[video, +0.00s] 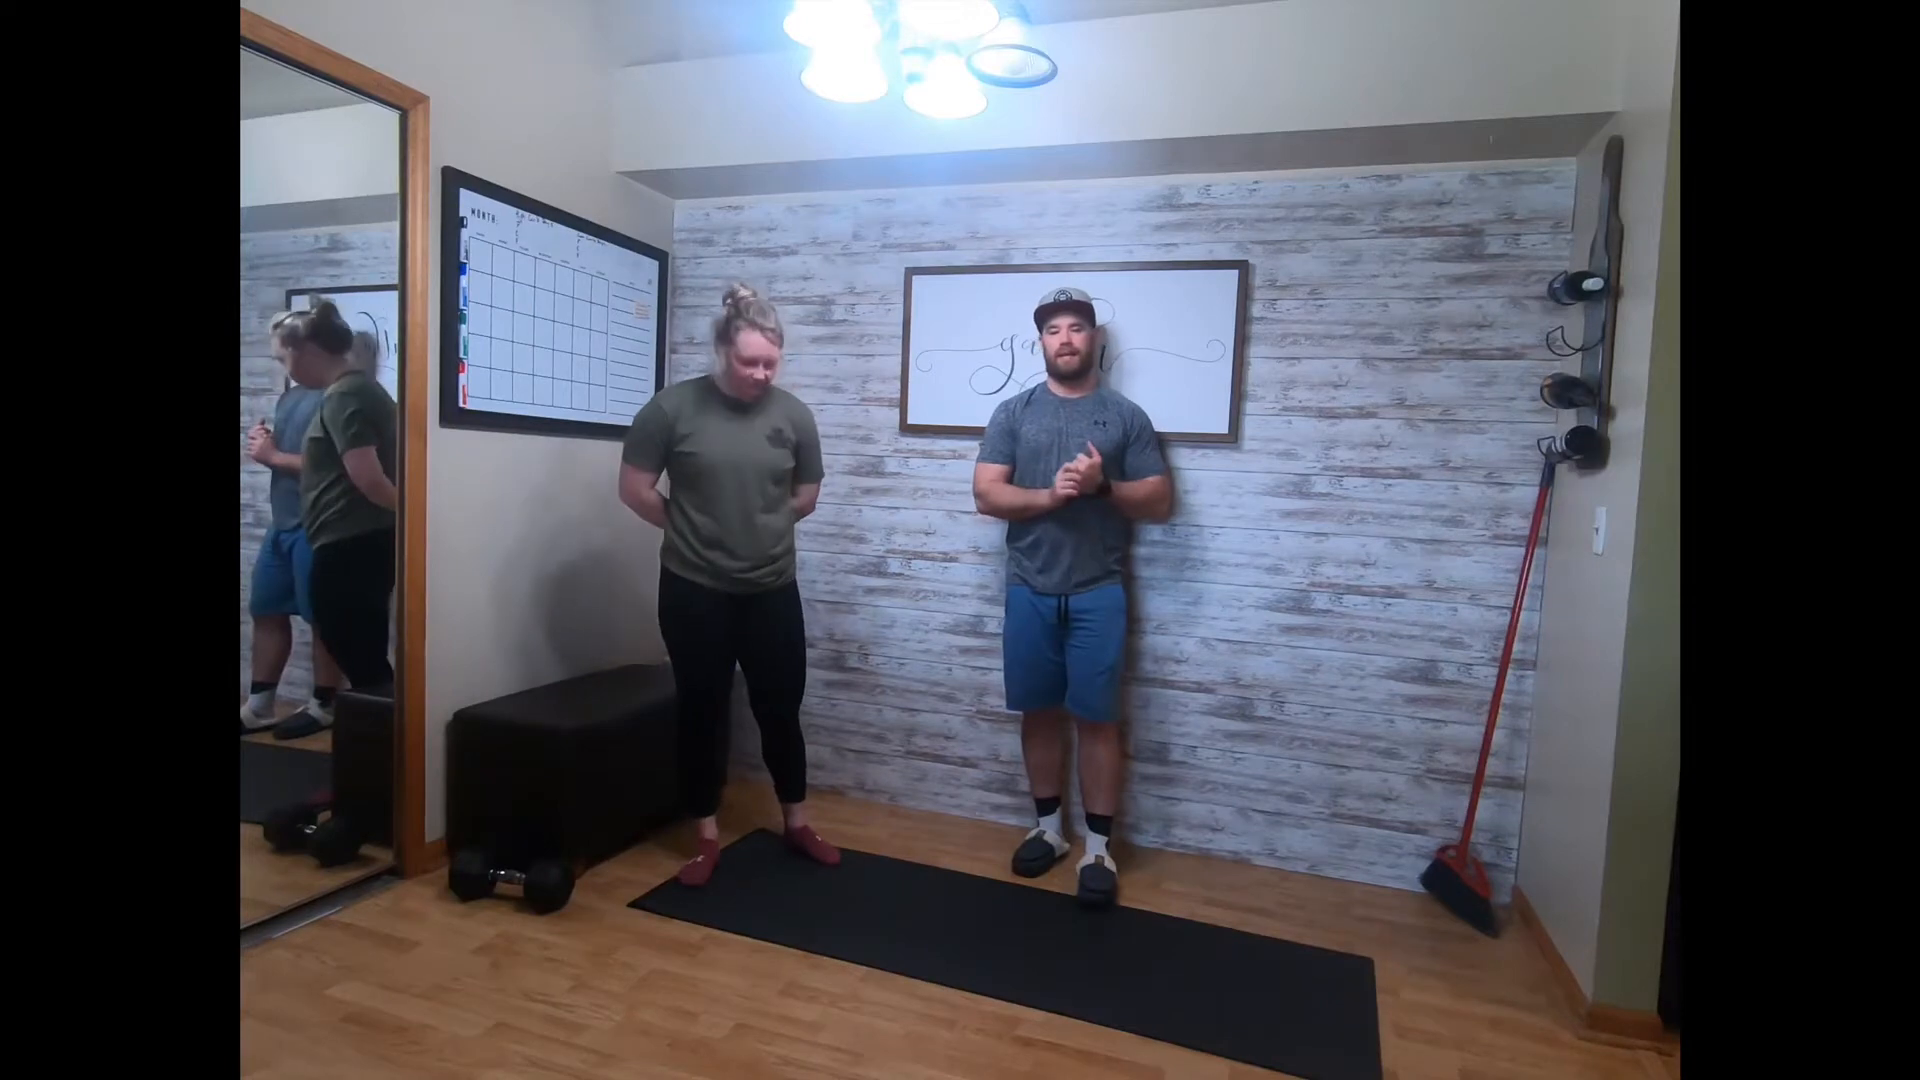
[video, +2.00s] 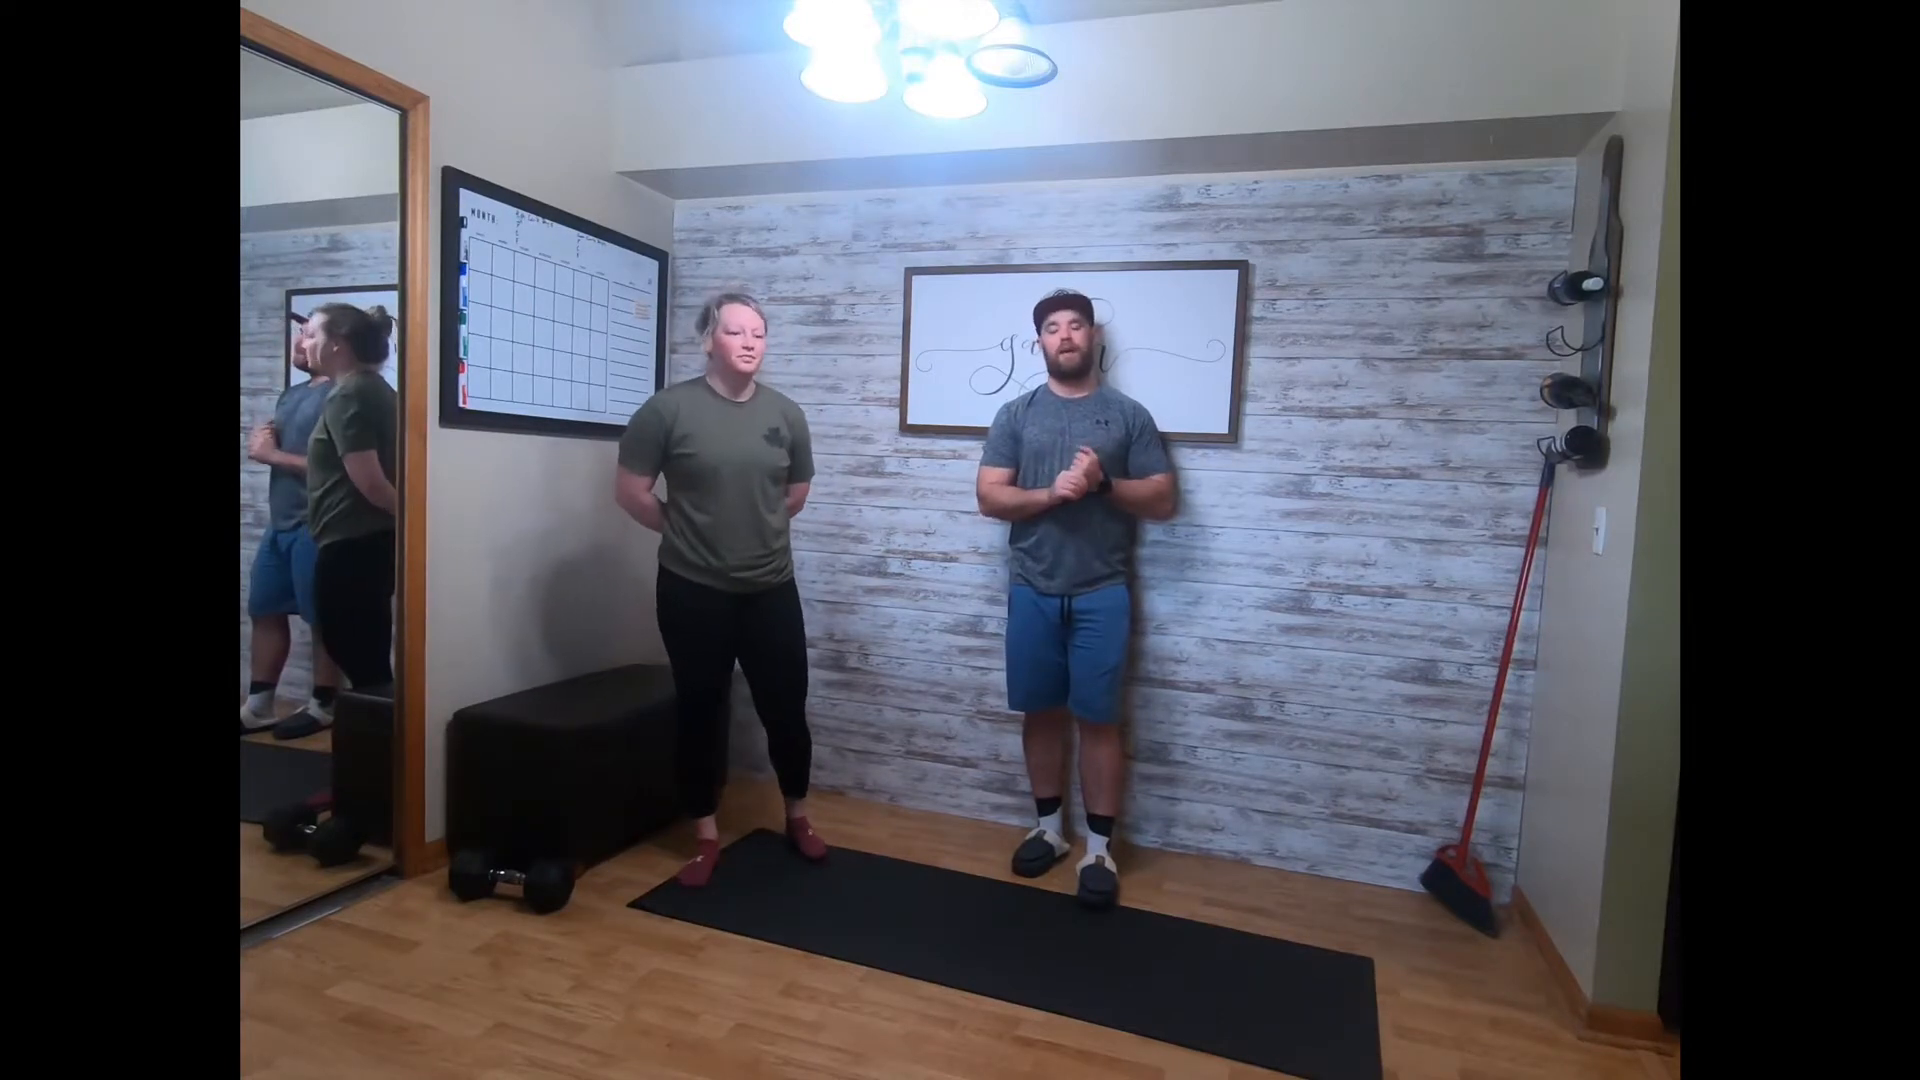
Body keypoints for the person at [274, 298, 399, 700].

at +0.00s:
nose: (287, 367)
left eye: (287, 356)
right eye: (284, 358)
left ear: (308, 347)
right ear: (320, 345)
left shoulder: (346, 396)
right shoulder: (360, 390)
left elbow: (368, 477)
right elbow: (376, 473)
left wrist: (410, 511)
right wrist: (412, 508)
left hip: (350, 543)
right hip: (361, 540)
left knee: (357, 654)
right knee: (360, 652)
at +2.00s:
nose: (306, 343)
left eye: (313, 335)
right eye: (308, 335)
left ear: (338, 344)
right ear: (345, 345)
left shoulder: (348, 396)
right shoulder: (380, 391)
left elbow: (373, 484)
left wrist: (421, 517)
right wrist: (422, 515)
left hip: (350, 545)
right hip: (373, 540)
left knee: (357, 658)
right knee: (366, 655)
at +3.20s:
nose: (326, 365)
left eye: (330, 354)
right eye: (324, 357)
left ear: (357, 351)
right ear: (358, 353)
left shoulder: (388, 400)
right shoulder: (360, 401)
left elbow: (414, 472)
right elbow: (355, 468)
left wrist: (411, 538)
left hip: (380, 544)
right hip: (356, 543)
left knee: (374, 647)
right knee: (363, 645)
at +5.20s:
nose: (314, 343)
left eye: (322, 335)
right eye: (316, 334)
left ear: (350, 344)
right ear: (352, 345)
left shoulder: (364, 394)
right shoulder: (364, 391)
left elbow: (382, 477)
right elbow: (384, 474)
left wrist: (416, 514)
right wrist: (416, 513)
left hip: (358, 540)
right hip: (360, 537)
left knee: (361, 650)